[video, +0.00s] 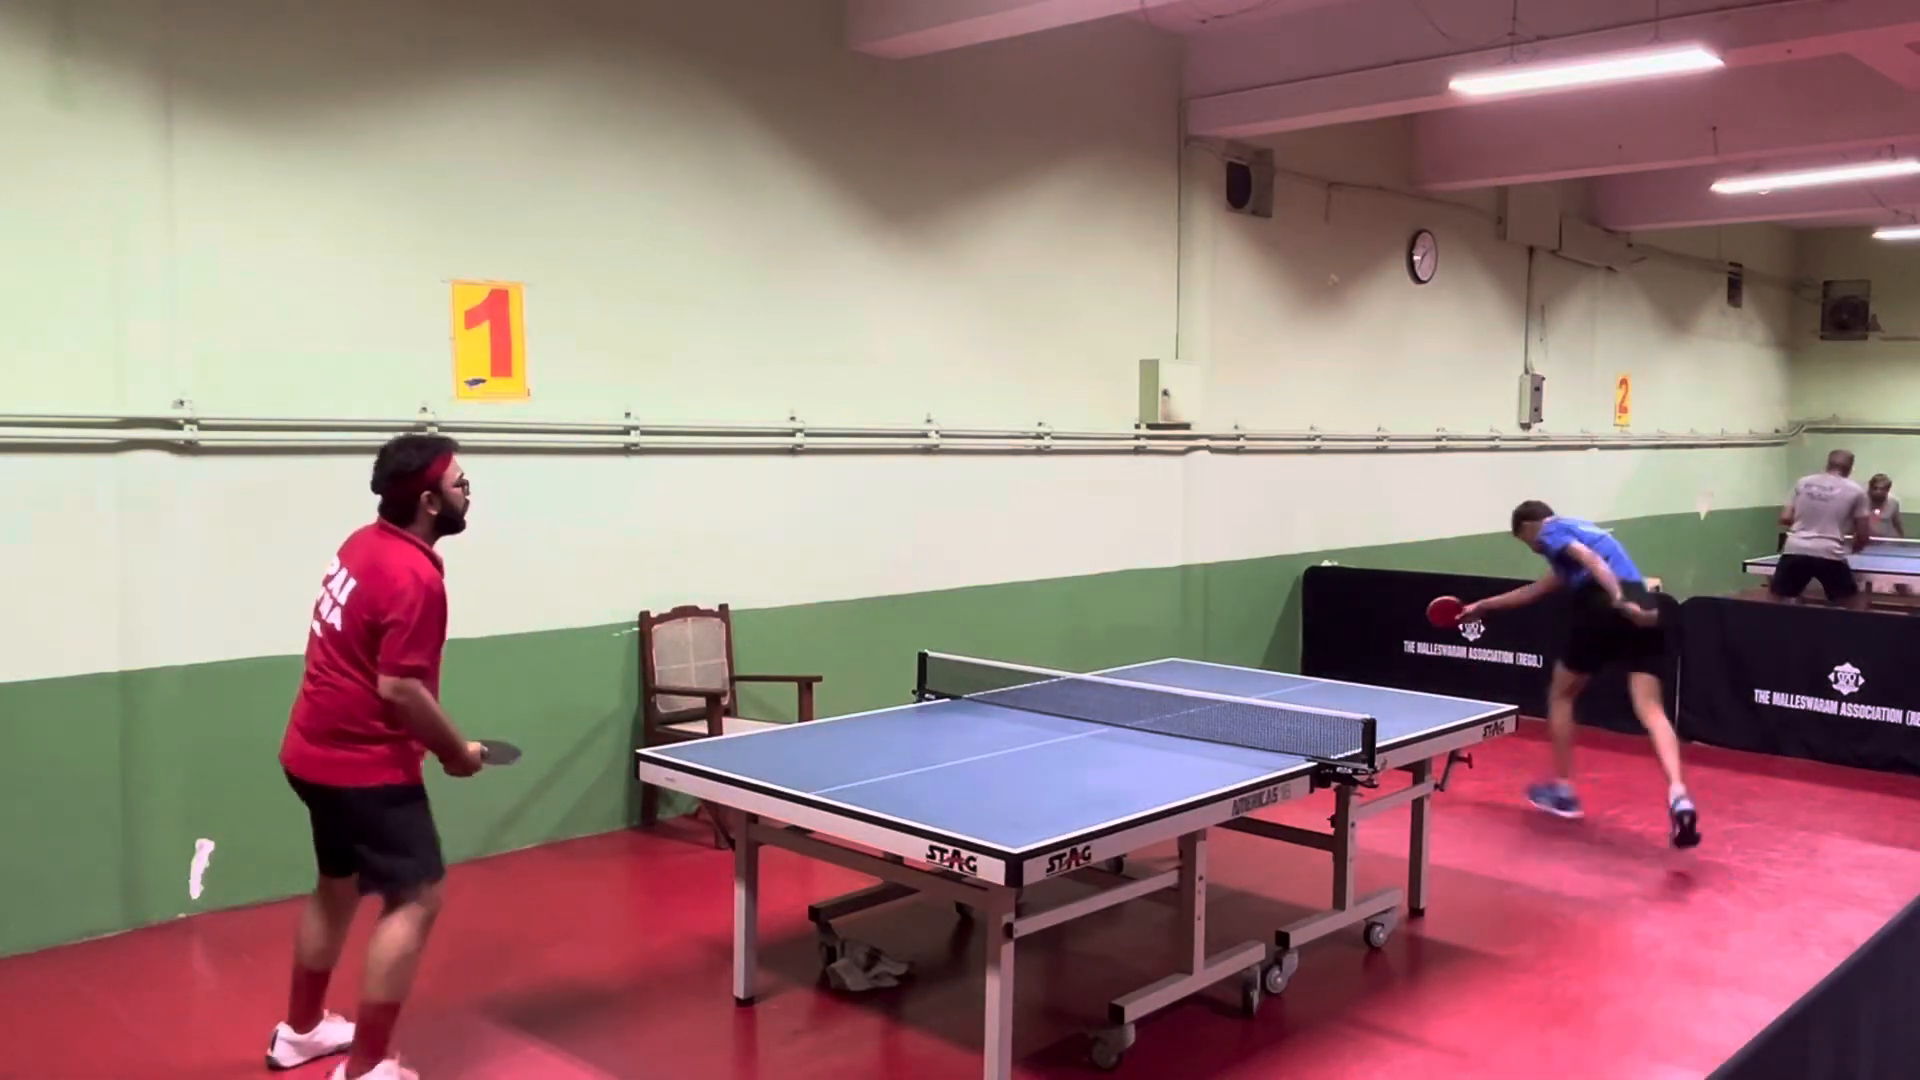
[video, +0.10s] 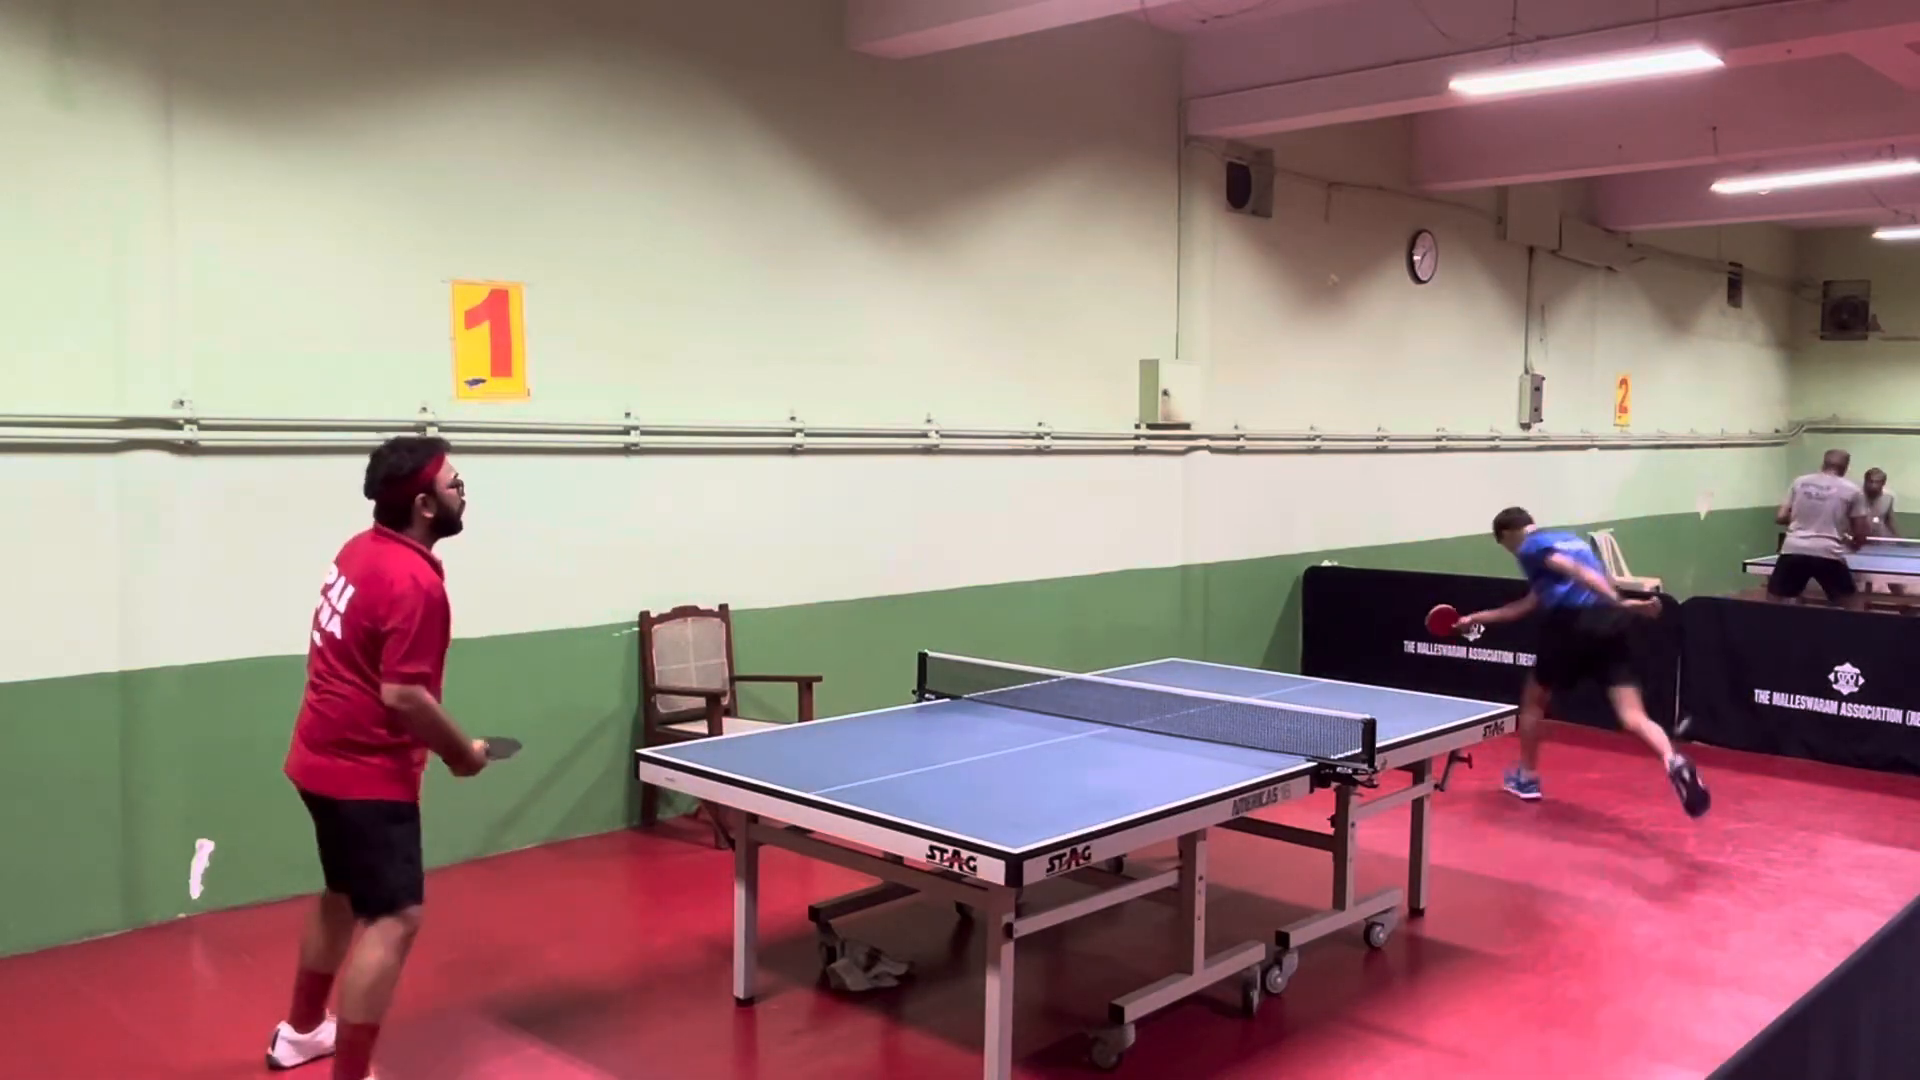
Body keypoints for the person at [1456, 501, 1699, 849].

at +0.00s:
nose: (1528, 545)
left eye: (1524, 539)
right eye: (1523, 541)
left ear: (1528, 527)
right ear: (1549, 514)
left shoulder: (1549, 532)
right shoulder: (1579, 530)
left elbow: (1591, 559)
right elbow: (1535, 591)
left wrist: (1619, 599)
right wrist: (1481, 606)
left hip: (1602, 607)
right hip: (1646, 604)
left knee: (1562, 695)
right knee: (1648, 704)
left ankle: (1563, 789)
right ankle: (1679, 794)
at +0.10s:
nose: (1506, 548)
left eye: (1504, 542)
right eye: (1504, 543)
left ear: (1508, 534)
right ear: (1531, 524)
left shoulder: (1530, 547)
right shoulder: (1572, 541)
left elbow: (1576, 571)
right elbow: (1527, 605)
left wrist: (1617, 600)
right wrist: (1477, 618)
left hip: (1569, 628)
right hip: (1610, 626)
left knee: (1534, 699)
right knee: (1632, 714)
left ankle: (1527, 777)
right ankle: (1674, 762)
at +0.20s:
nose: (1498, 558)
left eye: (1493, 552)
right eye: (1495, 553)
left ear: (1495, 545)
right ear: (1517, 531)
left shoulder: (1515, 559)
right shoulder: (1553, 545)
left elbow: (1549, 601)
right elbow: (1538, 620)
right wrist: (1489, 637)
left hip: (1555, 626)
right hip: (1595, 624)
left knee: (1516, 692)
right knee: (1601, 720)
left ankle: (1525, 776)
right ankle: (1642, 740)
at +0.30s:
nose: (1495, 543)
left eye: (1492, 538)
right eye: (1493, 539)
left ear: (1495, 531)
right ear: (1516, 518)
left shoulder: (1507, 543)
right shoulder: (1553, 530)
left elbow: (1522, 594)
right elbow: (1573, 577)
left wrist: (1507, 643)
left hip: (1551, 607)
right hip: (1589, 604)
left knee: (1513, 685)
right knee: (1572, 683)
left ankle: (1525, 771)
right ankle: (1606, 751)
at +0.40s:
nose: (1499, 521)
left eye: (1497, 516)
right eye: (1498, 517)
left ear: (1499, 511)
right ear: (1523, 498)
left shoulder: (1508, 522)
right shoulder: (1559, 514)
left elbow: (1506, 575)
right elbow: (1574, 559)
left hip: (1545, 595)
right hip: (1583, 593)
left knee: (1511, 682)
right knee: (1564, 669)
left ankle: (1524, 762)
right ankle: (1559, 746)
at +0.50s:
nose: (1513, 504)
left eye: (1509, 500)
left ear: (1510, 496)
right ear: (1537, 486)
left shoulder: (1516, 513)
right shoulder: (1573, 512)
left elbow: (1503, 562)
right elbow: (1585, 562)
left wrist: (1481, 555)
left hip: (1539, 601)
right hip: (1576, 602)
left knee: (1505, 681)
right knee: (1549, 667)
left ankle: (1519, 747)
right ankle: (1535, 738)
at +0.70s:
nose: (1542, 483)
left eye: (1534, 481)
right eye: (1552, 476)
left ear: (1529, 480)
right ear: (1558, 477)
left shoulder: (1520, 510)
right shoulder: (1582, 507)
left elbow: (1507, 562)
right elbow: (1594, 559)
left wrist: (1488, 577)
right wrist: (1594, 584)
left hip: (1532, 593)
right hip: (1572, 594)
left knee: (1508, 660)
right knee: (1548, 661)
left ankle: (1507, 721)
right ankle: (1532, 735)